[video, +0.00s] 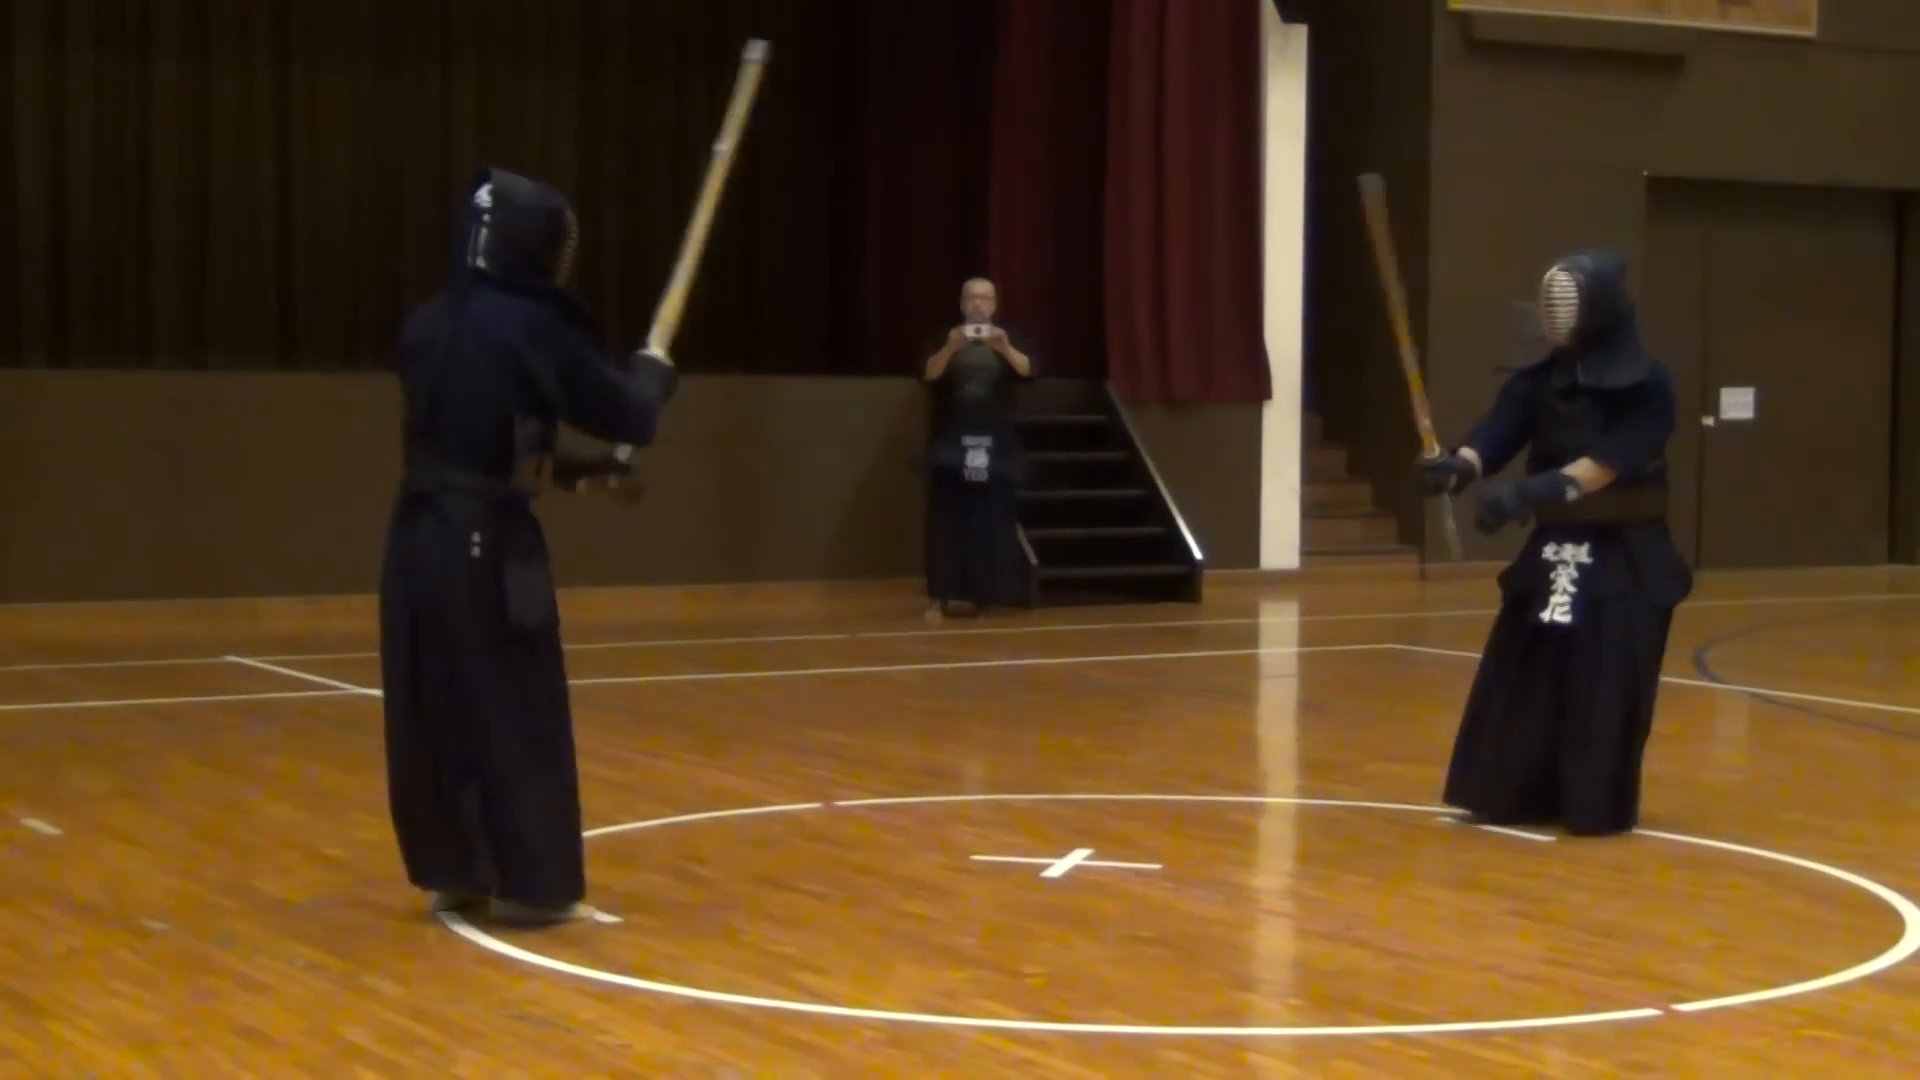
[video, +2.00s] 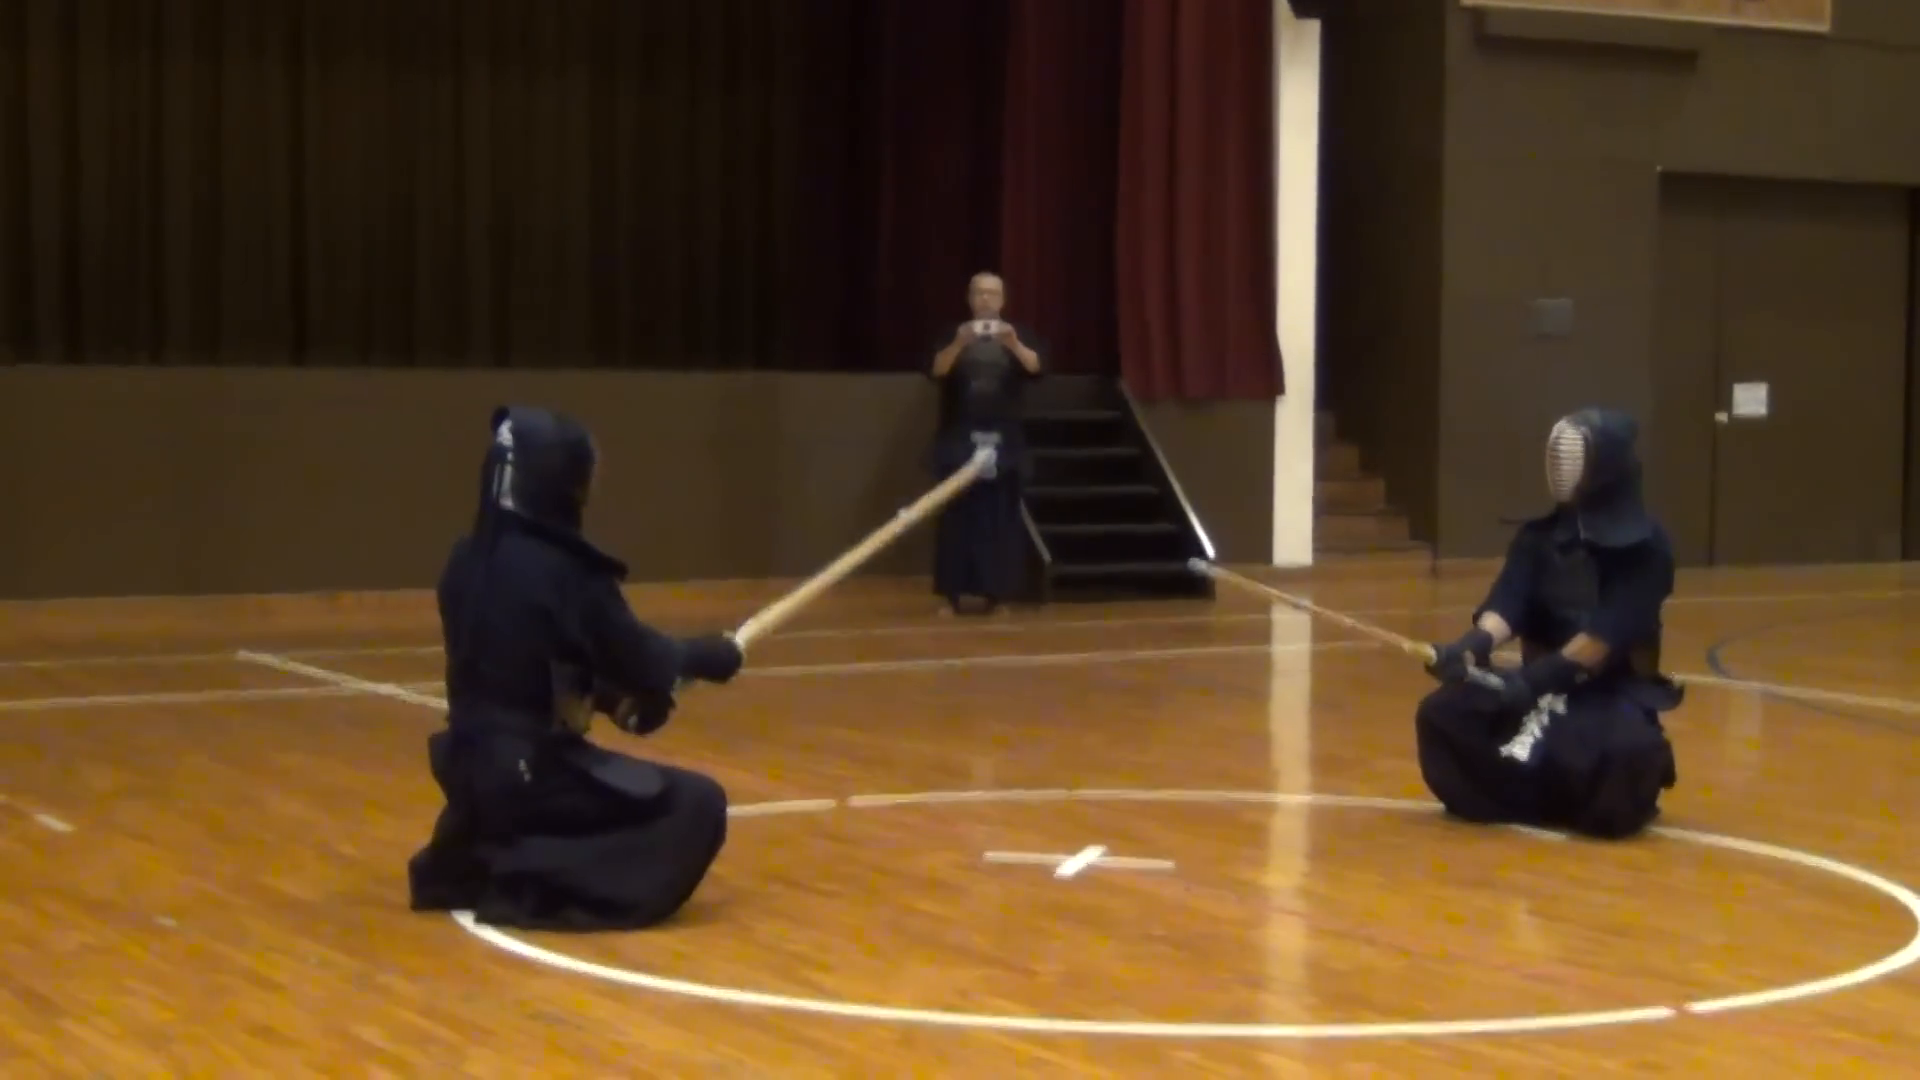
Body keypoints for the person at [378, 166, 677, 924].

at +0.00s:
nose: (565, 258)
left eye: (561, 244)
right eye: (559, 246)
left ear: (483, 242)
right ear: (540, 250)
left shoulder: (432, 320)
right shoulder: (535, 325)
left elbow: (486, 438)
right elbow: (627, 415)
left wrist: (586, 467)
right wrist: (651, 371)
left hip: (420, 535)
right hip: (492, 541)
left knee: (437, 702)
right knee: (519, 706)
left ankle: (456, 878)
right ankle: (534, 888)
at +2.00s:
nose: (586, 493)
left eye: (584, 478)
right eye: (580, 479)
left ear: (502, 477)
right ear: (558, 484)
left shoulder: (468, 559)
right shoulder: (566, 572)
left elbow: (531, 655)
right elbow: (635, 658)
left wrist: (607, 688)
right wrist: (698, 656)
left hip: (463, 762)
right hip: (532, 778)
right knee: (695, 805)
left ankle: (457, 865)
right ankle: (534, 883)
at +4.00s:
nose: (597, 254)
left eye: (595, 240)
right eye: (589, 240)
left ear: (516, 239)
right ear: (561, 243)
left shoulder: (473, 313)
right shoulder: (572, 320)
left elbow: (520, 416)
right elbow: (635, 411)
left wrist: (601, 462)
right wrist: (711, 454)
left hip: (457, 526)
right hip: (520, 534)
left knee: (469, 693)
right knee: (531, 697)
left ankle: (466, 871)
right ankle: (522, 882)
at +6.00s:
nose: (603, 266)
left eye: (603, 251)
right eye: (597, 252)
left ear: (520, 251)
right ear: (571, 256)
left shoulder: (473, 329)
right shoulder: (569, 336)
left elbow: (512, 440)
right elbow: (634, 420)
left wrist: (599, 475)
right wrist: (707, 453)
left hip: (479, 539)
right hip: (547, 543)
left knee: (459, 694)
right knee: (572, 706)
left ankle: (389, 859)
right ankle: (573, 889)